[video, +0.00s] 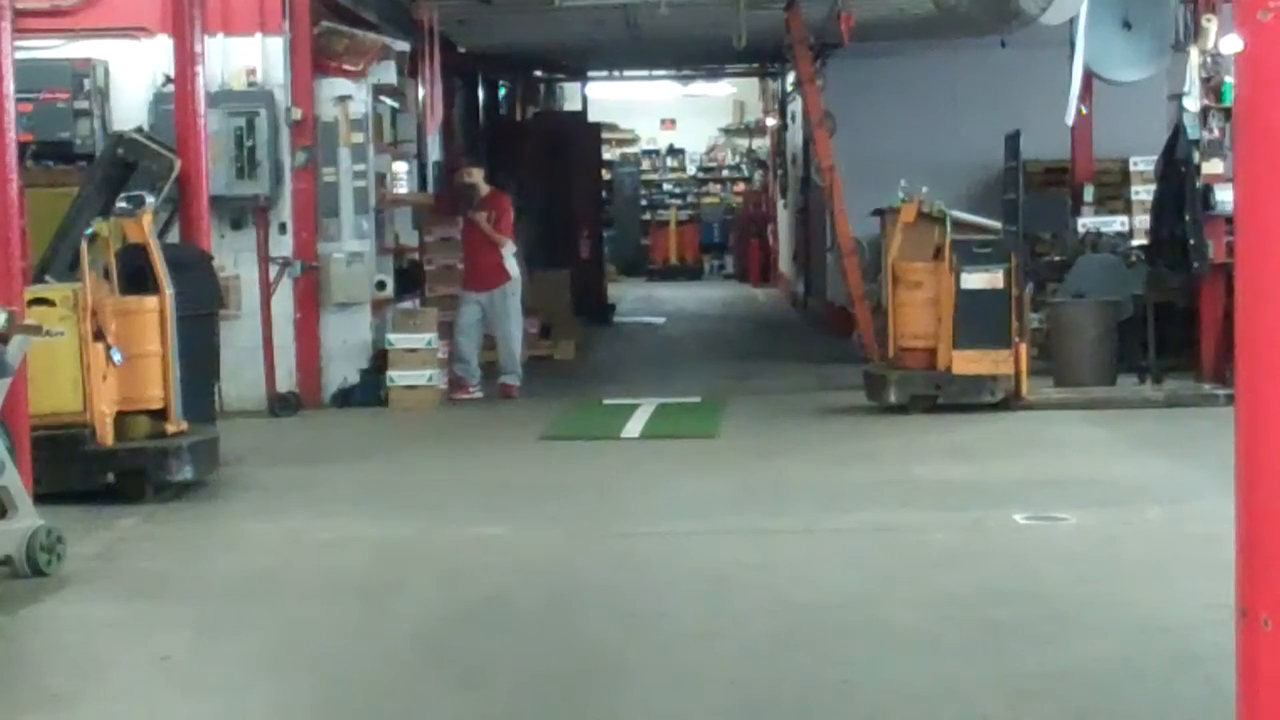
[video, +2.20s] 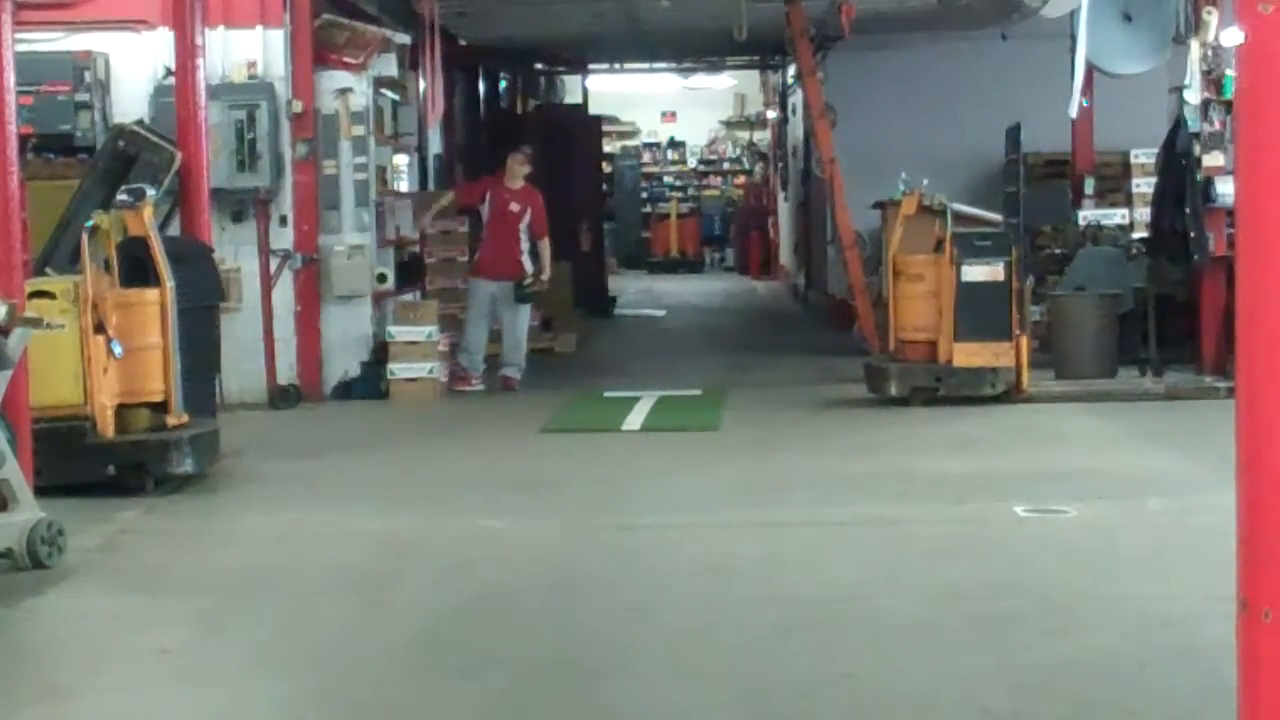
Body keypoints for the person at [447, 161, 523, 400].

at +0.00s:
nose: (467, 179)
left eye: (472, 172)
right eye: (463, 174)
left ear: (483, 173)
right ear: (459, 179)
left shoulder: (500, 201)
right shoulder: (467, 204)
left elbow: (504, 240)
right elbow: (439, 206)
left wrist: (482, 224)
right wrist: (457, 182)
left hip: (501, 282)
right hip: (473, 283)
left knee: (507, 333)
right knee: (464, 333)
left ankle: (510, 380)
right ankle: (469, 382)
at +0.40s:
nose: (470, 186)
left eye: (474, 180)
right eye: (466, 181)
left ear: (484, 177)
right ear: (461, 183)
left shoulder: (501, 199)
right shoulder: (466, 200)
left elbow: (502, 238)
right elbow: (440, 204)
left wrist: (478, 220)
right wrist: (457, 180)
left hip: (501, 278)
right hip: (473, 280)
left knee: (507, 330)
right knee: (464, 330)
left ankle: (510, 378)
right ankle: (468, 379)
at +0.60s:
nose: (469, 182)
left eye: (473, 176)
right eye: (466, 177)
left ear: (484, 175)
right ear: (461, 179)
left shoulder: (501, 198)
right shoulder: (465, 200)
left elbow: (502, 237)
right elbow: (431, 198)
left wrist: (476, 218)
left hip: (501, 279)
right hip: (473, 281)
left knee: (507, 331)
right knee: (464, 330)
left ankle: (510, 377)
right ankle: (469, 379)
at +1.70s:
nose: (476, 174)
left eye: (480, 168)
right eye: (473, 169)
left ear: (492, 169)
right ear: (469, 171)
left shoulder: (507, 197)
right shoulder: (465, 192)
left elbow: (522, 233)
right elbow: (432, 192)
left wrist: (494, 232)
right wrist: (395, 191)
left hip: (506, 275)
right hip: (477, 275)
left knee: (510, 326)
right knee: (468, 323)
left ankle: (511, 374)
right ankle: (471, 376)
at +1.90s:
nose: (490, 169)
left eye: (496, 164)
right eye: (488, 164)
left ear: (507, 169)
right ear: (484, 167)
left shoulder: (517, 196)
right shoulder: (474, 189)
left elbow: (532, 235)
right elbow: (437, 191)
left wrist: (517, 257)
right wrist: (396, 192)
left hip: (509, 274)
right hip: (479, 273)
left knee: (511, 326)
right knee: (470, 323)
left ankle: (510, 374)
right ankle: (470, 375)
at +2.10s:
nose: (509, 166)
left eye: (515, 163)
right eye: (507, 161)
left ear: (522, 168)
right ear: (500, 162)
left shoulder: (528, 198)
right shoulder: (484, 187)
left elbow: (538, 237)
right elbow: (449, 191)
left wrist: (540, 271)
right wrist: (415, 198)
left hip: (514, 278)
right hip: (482, 275)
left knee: (515, 330)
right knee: (473, 326)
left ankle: (511, 373)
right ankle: (471, 373)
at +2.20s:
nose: (515, 166)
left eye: (521, 163)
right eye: (513, 161)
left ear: (528, 169)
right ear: (506, 162)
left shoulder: (533, 198)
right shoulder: (488, 187)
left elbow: (542, 237)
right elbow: (455, 195)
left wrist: (546, 270)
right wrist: (430, 213)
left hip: (515, 276)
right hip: (483, 273)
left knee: (515, 329)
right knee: (475, 324)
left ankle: (511, 373)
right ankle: (471, 372)